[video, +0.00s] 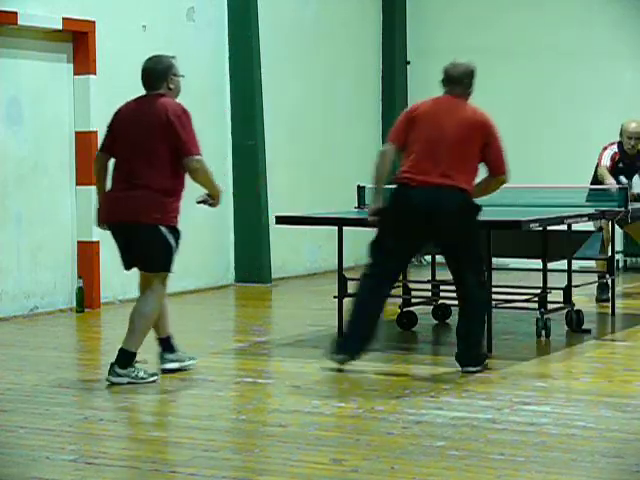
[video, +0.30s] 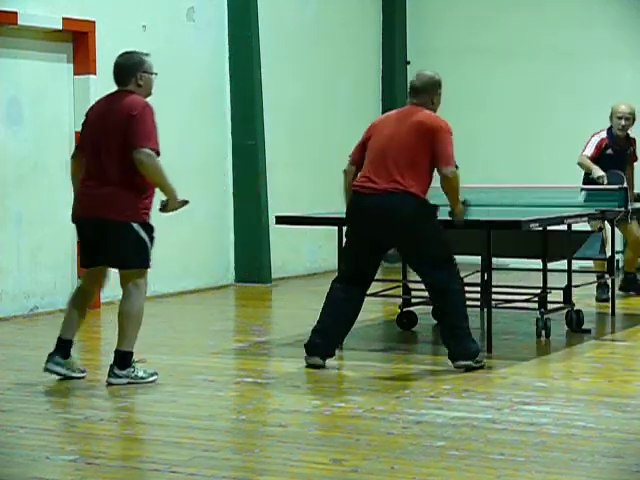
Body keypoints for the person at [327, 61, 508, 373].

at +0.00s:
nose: (461, 89)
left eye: (456, 82)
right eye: (466, 85)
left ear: (444, 83)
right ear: (470, 86)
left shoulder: (418, 110)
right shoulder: (481, 122)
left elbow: (387, 152)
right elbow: (498, 177)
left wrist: (377, 198)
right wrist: (466, 194)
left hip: (408, 204)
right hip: (453, 208)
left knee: (380, 273)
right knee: (471, 282)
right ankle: (470, 358)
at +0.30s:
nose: (440, 102)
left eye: (439, 98)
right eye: (440, 98)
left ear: (409, 95)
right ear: (436, 98)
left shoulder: (381, 121)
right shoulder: (436, 125)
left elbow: (351, 169)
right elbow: (447, 173)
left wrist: (354, 209)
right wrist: (456, 206)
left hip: (365, 208)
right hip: (408, 211)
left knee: (351, 278)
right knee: (443, 277)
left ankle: (318, 349)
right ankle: (463, 353)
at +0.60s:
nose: (495, 122)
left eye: (496, 116)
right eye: (494, 116)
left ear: (473, 108)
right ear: (483, 114)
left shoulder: (445, 125)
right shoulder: (455, 136)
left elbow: (453, 191)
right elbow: (458, 198)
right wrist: (503, 204)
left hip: (370, 197)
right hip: (398, 208)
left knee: (352, 274)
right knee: (438, 275)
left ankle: (306, 341)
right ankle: (450, 356)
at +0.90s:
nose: (529, 112)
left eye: (530, 106)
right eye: (531, 107)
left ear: (501, 95)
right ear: (527, 109)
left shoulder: (466, 111)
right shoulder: (512, 146)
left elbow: (423, 145)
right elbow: (495, 203)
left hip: (407, 192)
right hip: (443, 211)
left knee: (397, 259)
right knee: (472, 281)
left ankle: (359, 324)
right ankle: (453, 357)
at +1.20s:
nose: (515, 56)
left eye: (500, 50)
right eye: (515, 51)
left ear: (484, 52)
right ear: (515, 53)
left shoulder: (460, 88)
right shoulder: (522, 92)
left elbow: (443, 138)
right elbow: (540, 147)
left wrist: (469, 155)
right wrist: (561, 147)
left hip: (453, 193)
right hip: (497, 196)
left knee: (461, 270)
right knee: (489, 274)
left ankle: (469, 352)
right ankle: (471, 354)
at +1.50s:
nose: (539, 65)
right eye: (544, 58)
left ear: (516, 60)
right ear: (547, 61)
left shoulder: (492, 99)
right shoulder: (562, 101)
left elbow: (470, 157)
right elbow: (580, 159)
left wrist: (483, 190)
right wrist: (563, 177)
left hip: (492, 204)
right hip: (542, 207)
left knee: (477, 287)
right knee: (568, 281)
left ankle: (473, 370)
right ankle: (573, 352)